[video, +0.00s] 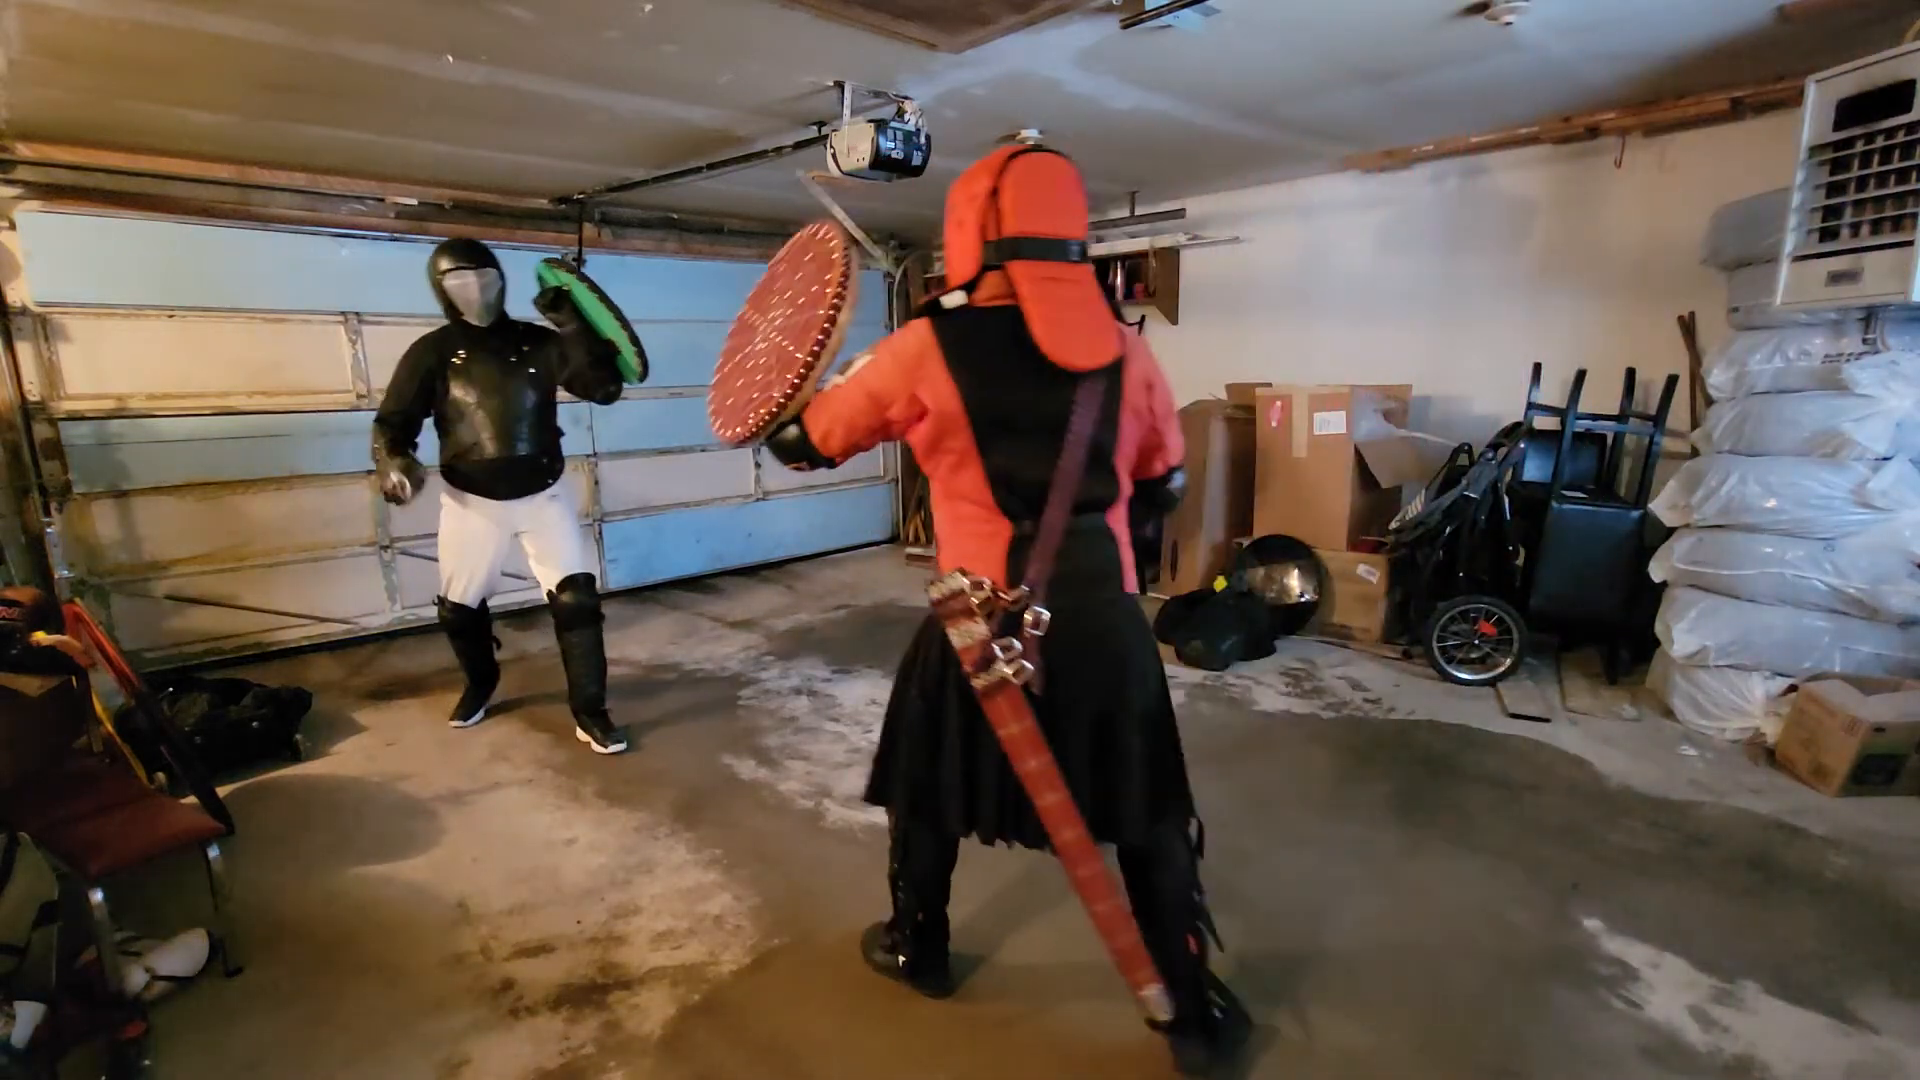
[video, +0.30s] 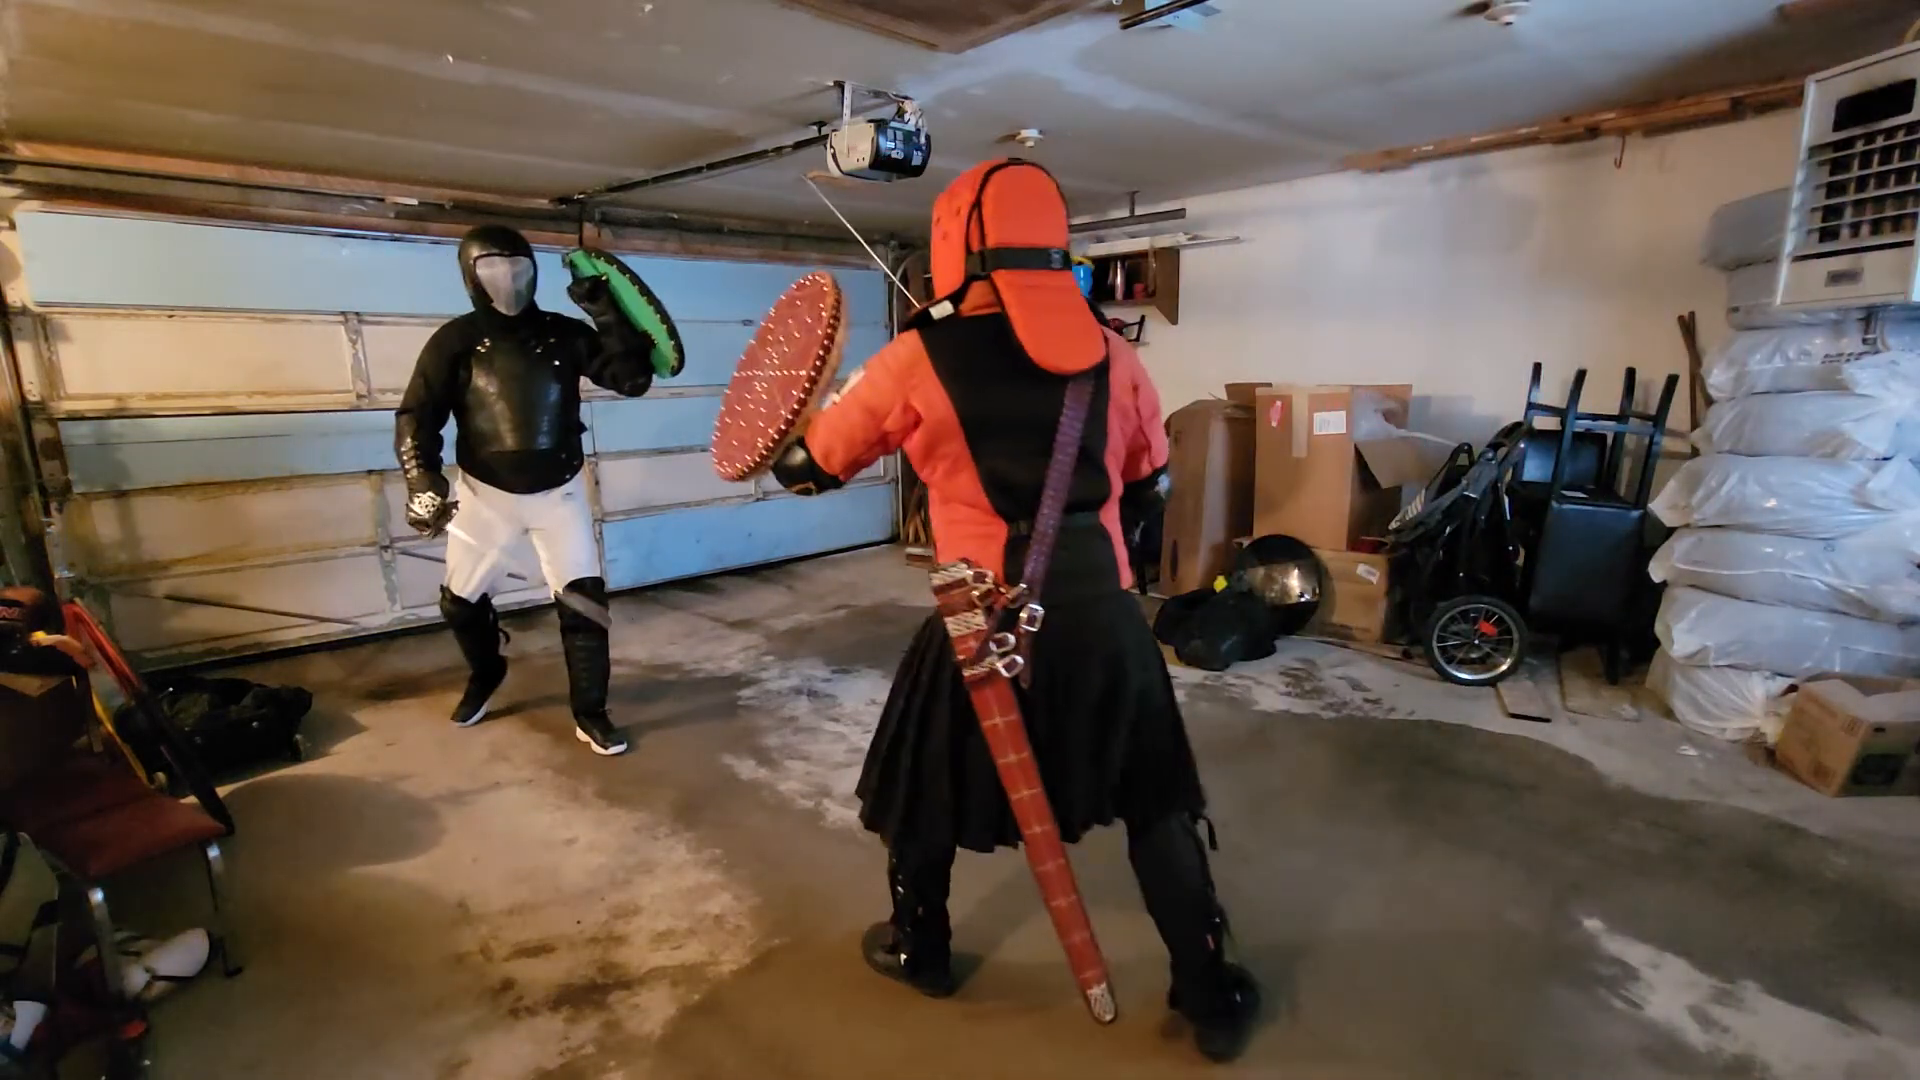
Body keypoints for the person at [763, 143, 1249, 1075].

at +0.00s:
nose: (947, 244)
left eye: (955, 230)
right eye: (955, 231)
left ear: (975, 236)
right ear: (1069, 236)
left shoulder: (928, 348)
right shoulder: (1125, 351)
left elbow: (818, 436)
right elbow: (1160, 488)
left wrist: (781, 411)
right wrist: (1099, 549)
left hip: (977, 622)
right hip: (1105, 618)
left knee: (929, 773)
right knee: (1147, 809)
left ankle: (919, 937)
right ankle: (1194, 1002)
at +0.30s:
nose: (937, 258)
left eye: (943, 243)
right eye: (942, 243)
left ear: (960, 247)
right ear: (1056, 246)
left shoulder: (919, 357)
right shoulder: (1116, 359)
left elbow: (821, 462)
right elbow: (1146, 498)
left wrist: (782, 447)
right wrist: (1114, 582)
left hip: (980, 615)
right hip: (1104, 610)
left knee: (924, 771)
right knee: (1156, 791)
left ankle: (921, 939)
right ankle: (1209, 986)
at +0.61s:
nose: (972, 260)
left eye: (978, 245)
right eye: (976, 245)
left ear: (1000, 249)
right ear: (1092, 245)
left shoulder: (960, 358)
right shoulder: (1156, 359)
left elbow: (853, 451)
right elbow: (1184, 498)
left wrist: (821, 426)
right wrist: (1113, 533)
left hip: (1010, 624)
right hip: (1135, 620)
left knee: (945, 772)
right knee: (1174, 801)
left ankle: (925, 938)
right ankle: (1219, 990)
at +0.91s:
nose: (972, 270)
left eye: (979, 256)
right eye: (975, 256)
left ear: (1004, 263)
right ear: (1090, 260)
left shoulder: (960, 367)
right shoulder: (1148, 372)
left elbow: (850, 431)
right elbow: (1176, 505)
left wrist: (821, 388)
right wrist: (1107, 537)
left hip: (1000, 630)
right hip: (1125, 629)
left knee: (925, 750)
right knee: (1170, 802)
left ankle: (876, 890)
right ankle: (1217, 993)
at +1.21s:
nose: (892, 273)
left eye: (898, 260)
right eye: (902, 260)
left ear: (915, 265)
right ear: (1006, 266)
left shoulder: (878, 361)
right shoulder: (1050, 367)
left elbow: (785, 447)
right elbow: (1068, 468)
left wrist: (760, 417)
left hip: (928, 604)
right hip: (1044, 600)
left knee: (875, 739)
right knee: (1109, 769)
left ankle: (864, 890)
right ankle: (1171, 955)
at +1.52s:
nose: (896, 281)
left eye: (903, 267)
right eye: (900, 266)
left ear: (924, 274)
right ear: (1010, 272)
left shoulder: (886, 373)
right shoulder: (1061, 376)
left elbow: (803, 459)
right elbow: (1081, 482)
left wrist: (773, 453)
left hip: (933, 612)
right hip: (1046, 610)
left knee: (870, 744)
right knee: (1087, 772)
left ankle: (868, 897)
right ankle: (1126, 962)